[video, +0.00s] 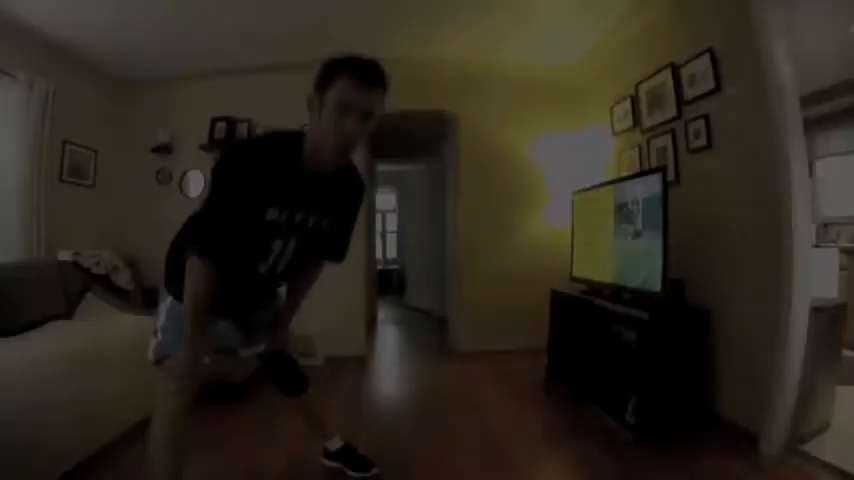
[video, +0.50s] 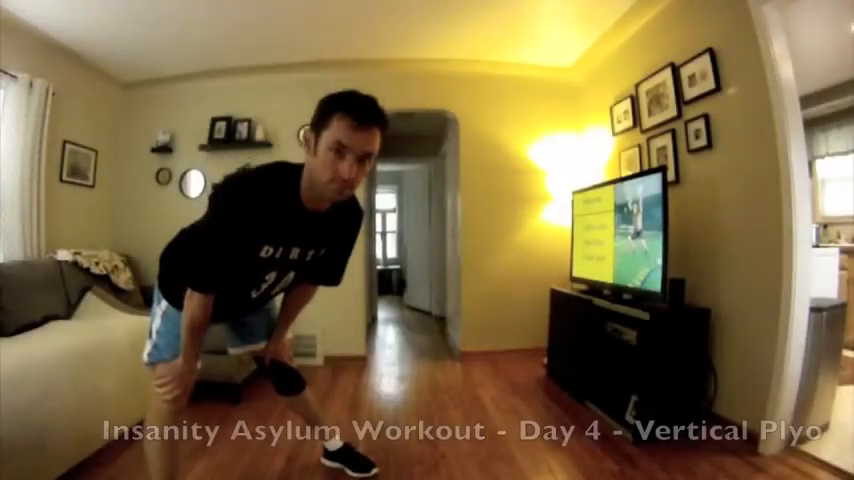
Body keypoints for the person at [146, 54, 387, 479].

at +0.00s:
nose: (354, 127)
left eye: (365, 117)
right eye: (345, 111)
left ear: (374, 121)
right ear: (316, 106)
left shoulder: (347, 186)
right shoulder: (252, 157)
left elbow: (311, 265)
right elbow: (203, 254)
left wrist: (281, 328)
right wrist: (193, 352)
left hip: (260, 286)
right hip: (201, 280)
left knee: (283, 367)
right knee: (181, 381)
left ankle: (331, 446)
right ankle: (164, 470)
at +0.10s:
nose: (352, 144)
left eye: (366, 134)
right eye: (344, 126)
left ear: (375, 140)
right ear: (316, 119)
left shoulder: (349, 197)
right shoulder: (251, 167)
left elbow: (312, 270)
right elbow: (203, 264)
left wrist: (282, 330)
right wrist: (191, 358)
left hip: (257, 291)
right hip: (196, 288)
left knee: (287, 375)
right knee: (175, 392)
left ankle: (332, 445)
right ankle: (163, 475)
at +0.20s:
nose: (349, 154)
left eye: (364, 144)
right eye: (340, 134)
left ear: (374, 148)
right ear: (311, 126)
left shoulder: (348, 204)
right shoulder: (247, 176)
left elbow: (311, 273)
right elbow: (202, 270)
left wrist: (282, 333)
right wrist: (191, 357)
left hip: (253, 292)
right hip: (193, 288)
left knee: (283, 373)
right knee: (172, 389)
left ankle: (333, 445)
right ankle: (164, 476)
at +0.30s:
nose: (347, 162)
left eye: (362, 150)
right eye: (338, 141)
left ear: (372, 154)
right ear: (309, 132)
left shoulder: (347, 210)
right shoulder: (244, 184)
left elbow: (310, 277)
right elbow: (201, 277)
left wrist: (280, 336)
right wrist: (189, 361)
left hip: (252, 295)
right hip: (190, 291)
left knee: (282, 372)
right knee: (170, 389)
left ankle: (333, 445)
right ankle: (164, 477)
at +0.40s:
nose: (346, 167)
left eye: (362, 155)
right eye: (337, 147)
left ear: (372, 158)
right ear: (308, 137)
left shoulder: (347, 214)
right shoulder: (245, 189)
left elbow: (309, 281)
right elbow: (201, 280)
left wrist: (279, 337)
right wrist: (188, 362)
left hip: (252, 296)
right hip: (189, 293)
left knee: (282, 372)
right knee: (169, 393)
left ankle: (332, 444)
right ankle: (161, 477)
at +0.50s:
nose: (348, 172)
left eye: (363, 160)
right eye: (338, 152)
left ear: (373, 163)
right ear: (308, 140)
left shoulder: (347, 216)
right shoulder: (248, 191)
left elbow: (308, 282)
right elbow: (201, 284)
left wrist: (280, 337)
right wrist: (187, 363)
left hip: (251, 296)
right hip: (187, 293)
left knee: (282, 371)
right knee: (170, 394)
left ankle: (333, 444)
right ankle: (162, 477)